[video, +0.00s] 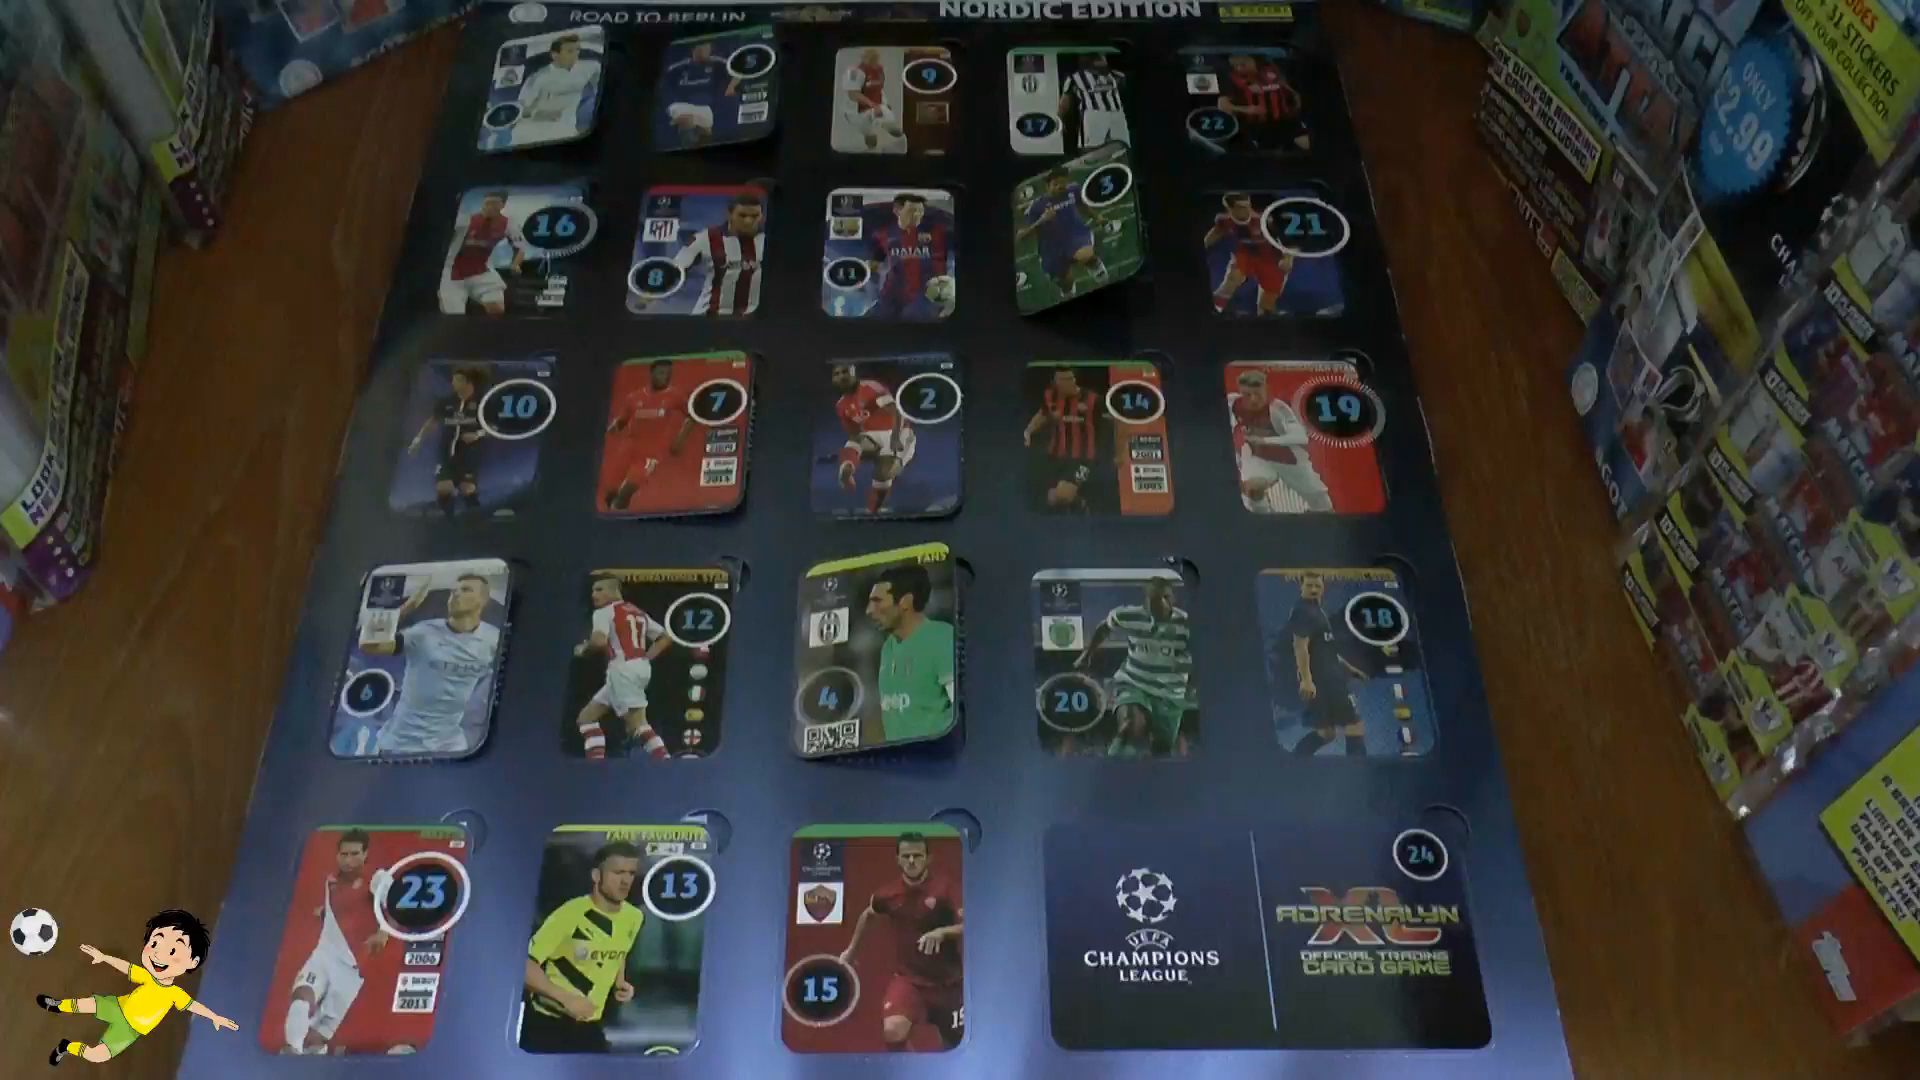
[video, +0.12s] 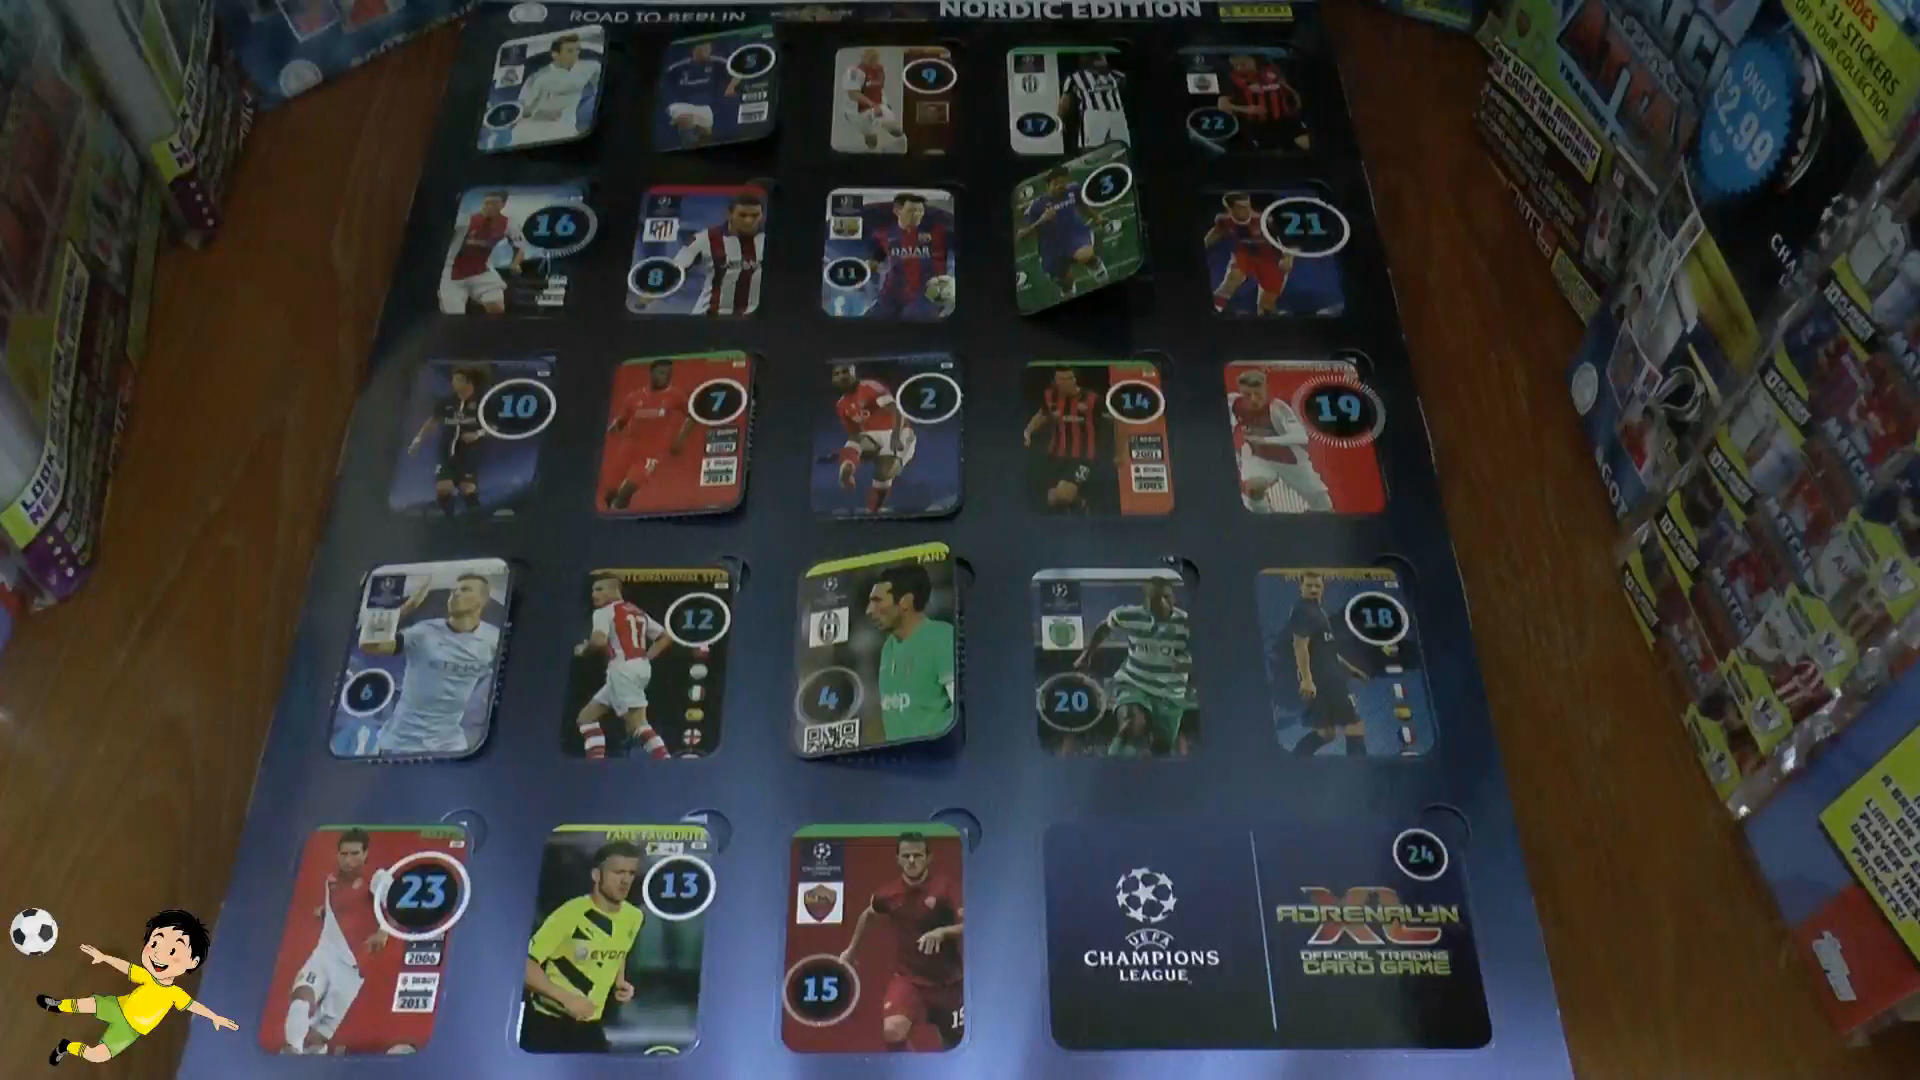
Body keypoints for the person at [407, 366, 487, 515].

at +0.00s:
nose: (455, 384)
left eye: (459, 380)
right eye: (454, 380)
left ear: (468, 383)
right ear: (452, 382)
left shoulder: (479, 404)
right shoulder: (446, 403)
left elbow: (491, 425)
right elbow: (432, 422)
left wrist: (477, 435)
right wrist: (418, 439)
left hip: (469, 453)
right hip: (447, 452)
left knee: (467, 488)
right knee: (443, 488)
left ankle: (476, 519)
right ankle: (450, 519)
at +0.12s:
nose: (455, 384)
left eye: (459, 380)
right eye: (454, 380)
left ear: (469, 384)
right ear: (452, 382)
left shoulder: (479, 404)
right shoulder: (446, 403)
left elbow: (491, 425)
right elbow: (431, 422)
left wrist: (476, 435)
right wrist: (418, 440)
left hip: (468, 453)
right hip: (447, 453)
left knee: (468, 488)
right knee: (442, 488)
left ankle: (476, 521)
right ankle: (449, 519)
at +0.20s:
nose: (455, 383)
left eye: (459, 380)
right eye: (454, 380)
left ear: (469, 383)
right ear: (452, 382)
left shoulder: (479, 404)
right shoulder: (446, 403)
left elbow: (491, 425)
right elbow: (432, 421)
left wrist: (476, 435)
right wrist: (417, 441)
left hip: (469, 453)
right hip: (447, 453)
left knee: (468, 488)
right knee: (443, 489)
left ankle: (477, 521)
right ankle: (449, 520)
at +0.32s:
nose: (455, 383)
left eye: (459, 379)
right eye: (454, 379)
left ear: (469, 383)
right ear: (452, 382)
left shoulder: (479, 404)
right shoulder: (446, 403)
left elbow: (492, 425)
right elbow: (432, 421)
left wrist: (477, 434)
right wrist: (418, 440)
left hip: (469, 452)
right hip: (447, 452)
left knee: (468, 487)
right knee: (443, 487)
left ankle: (477, 520)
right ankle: (449, 520)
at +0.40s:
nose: (455, 383)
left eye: (459, 379)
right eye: (454, 379)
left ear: (469, 383)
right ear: (452, 382)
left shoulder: (480, 404)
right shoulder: (446, 403)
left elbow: (492, 424)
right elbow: (432, 421)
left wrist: (477, 434)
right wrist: (418, 440)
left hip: (469, 452)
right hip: (447, 452)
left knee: (468, 487)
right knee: (443, 487)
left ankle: (477, 520)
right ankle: (449, 520)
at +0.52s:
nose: (454, 383)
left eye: (459, 379)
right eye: (454, 379)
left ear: (469, 383)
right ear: (453, 382)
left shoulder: (480, 403)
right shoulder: (446, 402)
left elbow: (492, 424)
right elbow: (433, 421)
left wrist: (477, 434)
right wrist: (418, 440)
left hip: (468, 451)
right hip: (447, 452)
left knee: (468, 487)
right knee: (443, 487)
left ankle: (477, 520)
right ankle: (450, 520)